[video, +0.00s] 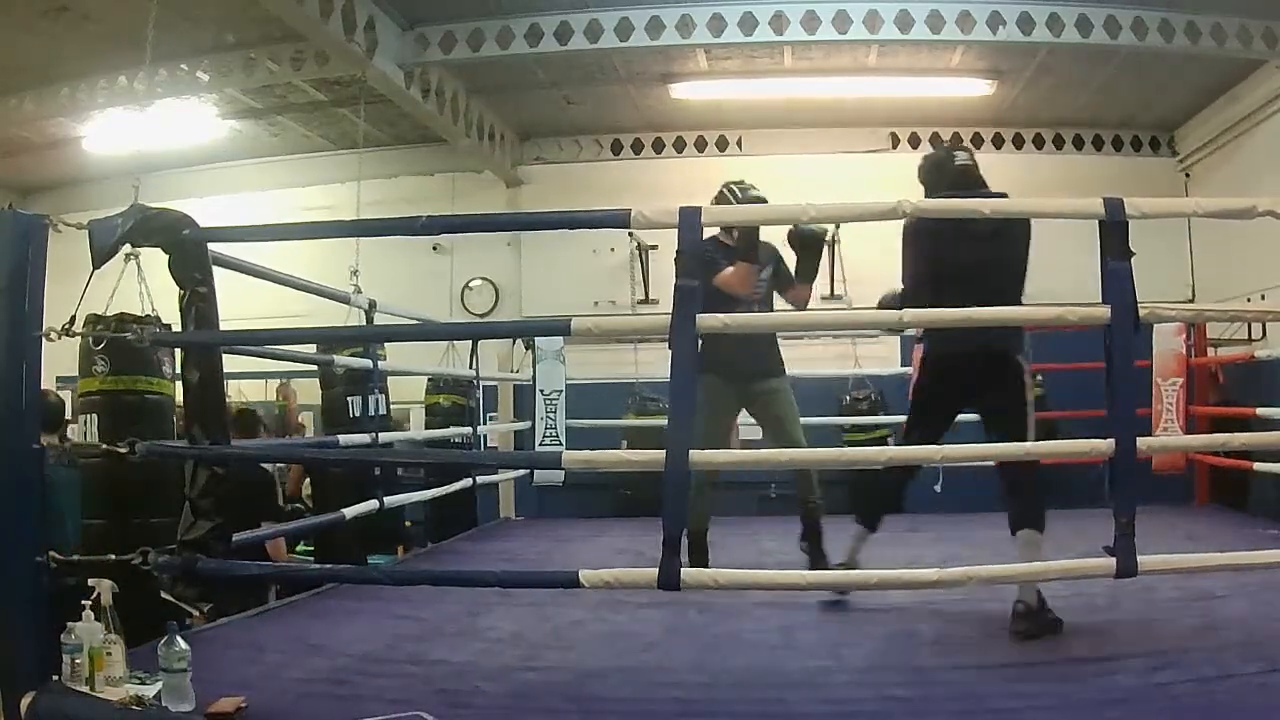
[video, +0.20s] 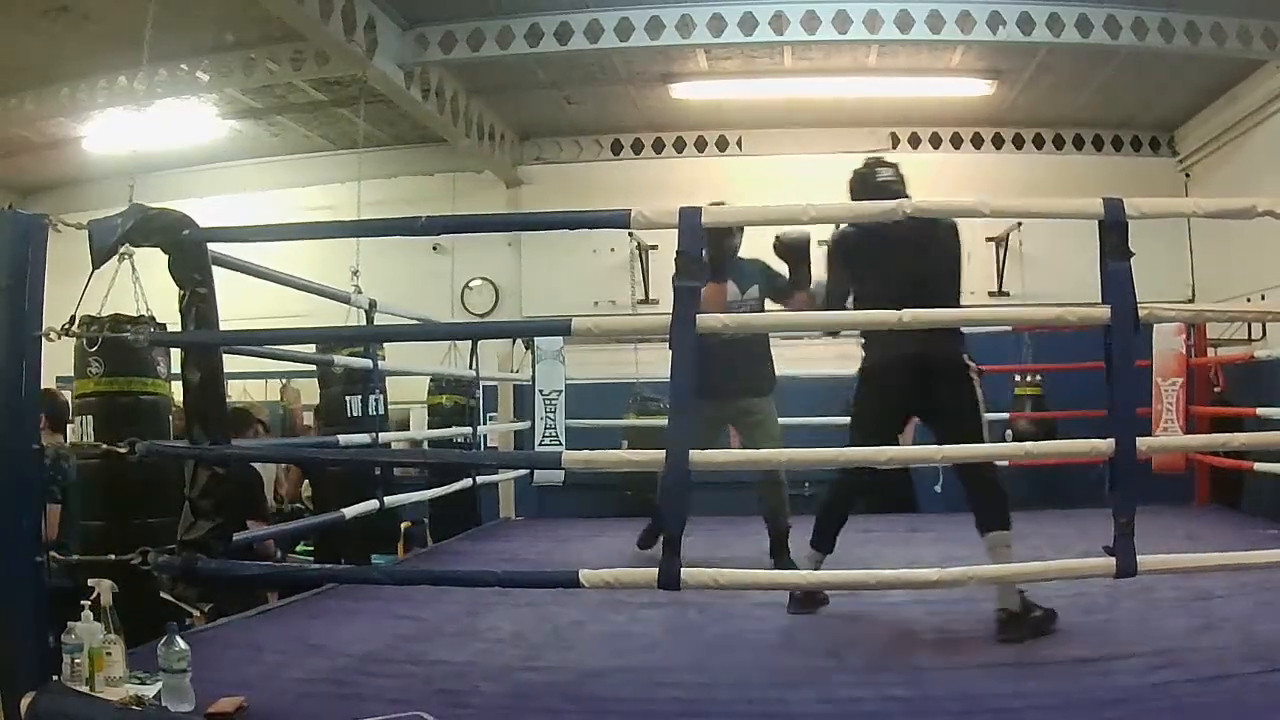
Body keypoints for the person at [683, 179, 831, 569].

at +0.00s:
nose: (753, 223)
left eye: (758, 217)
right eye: (745, 217)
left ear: (761, 217)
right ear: (725, 216)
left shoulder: (767, 253)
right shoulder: (702, 253)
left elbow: (799, 298)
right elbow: (741, 286)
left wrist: (810, 257)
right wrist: (748, 234)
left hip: (765, 372)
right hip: (716, 375)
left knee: (798, 450)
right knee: (706, 461)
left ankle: (814, 541)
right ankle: (697, 547)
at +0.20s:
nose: (727, 240)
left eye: (732, 232)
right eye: (717, 232)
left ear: (741, 234)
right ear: (702, 235)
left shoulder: (754, 270)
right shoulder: (689, 274)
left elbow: (800, 303)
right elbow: (711, 314)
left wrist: (799, 265)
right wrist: (715, 263)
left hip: (752, 393)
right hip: (701, 396)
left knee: (772, 470)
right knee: (677, 468)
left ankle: (780, 553)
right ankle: (660, 520)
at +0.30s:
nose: (711, 256)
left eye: (717, 249)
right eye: (703, 250)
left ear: (727, 251)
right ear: (691, 253)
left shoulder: (743, 287)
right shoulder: (679, 291)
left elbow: (777, 327)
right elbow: (671, 302)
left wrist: (784, 292)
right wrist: (699, 281)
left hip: (740, 403)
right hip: (691, 406)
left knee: (766, 473)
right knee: (666, 468)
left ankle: (780, 552)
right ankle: (657, 524)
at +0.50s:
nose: (670, 267)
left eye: (676, 260)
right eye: (665, 261)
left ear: (688, 257)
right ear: (659, 262)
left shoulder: (711, 291)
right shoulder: (650, 294)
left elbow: (741, 331)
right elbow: (641, 327)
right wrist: (654, 280)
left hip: (703, 394)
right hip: (663, 395)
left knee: (717, 464)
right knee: (651, 464)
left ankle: (751, 543)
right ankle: (665, 532)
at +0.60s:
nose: (665, 257)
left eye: (670, 251)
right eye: (661, 253)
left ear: (681, 254)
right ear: (650, 257)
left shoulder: (698, 286)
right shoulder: (642, 289)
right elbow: (639, 316)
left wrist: (678, 278)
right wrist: (639, 269)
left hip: (695, 387)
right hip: (656, 388)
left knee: (703, 460)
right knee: (653, 462)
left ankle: (723, 539)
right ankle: (664, 532)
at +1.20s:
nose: (661, 267)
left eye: (665, 260)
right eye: (655, 261)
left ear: (671, 262)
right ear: (634, 264)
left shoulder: (676, 291)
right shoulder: (615, 290)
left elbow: (675, 324)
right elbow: (618, 330)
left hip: (667, 394)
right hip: (629, 392)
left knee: (675, 469)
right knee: (610, 462)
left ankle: (689, 543)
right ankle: (605, 533)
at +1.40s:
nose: (645, 270)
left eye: (650, 263)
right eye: (638, 263)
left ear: (657, 263)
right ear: (623, 263)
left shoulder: (669, 295)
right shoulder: (606, 299)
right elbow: (613, 345)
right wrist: (624, 301)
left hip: (663, 401)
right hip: (623, 402)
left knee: (679, 472)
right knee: (604, 468)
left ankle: (712, 551)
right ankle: (599, 538)